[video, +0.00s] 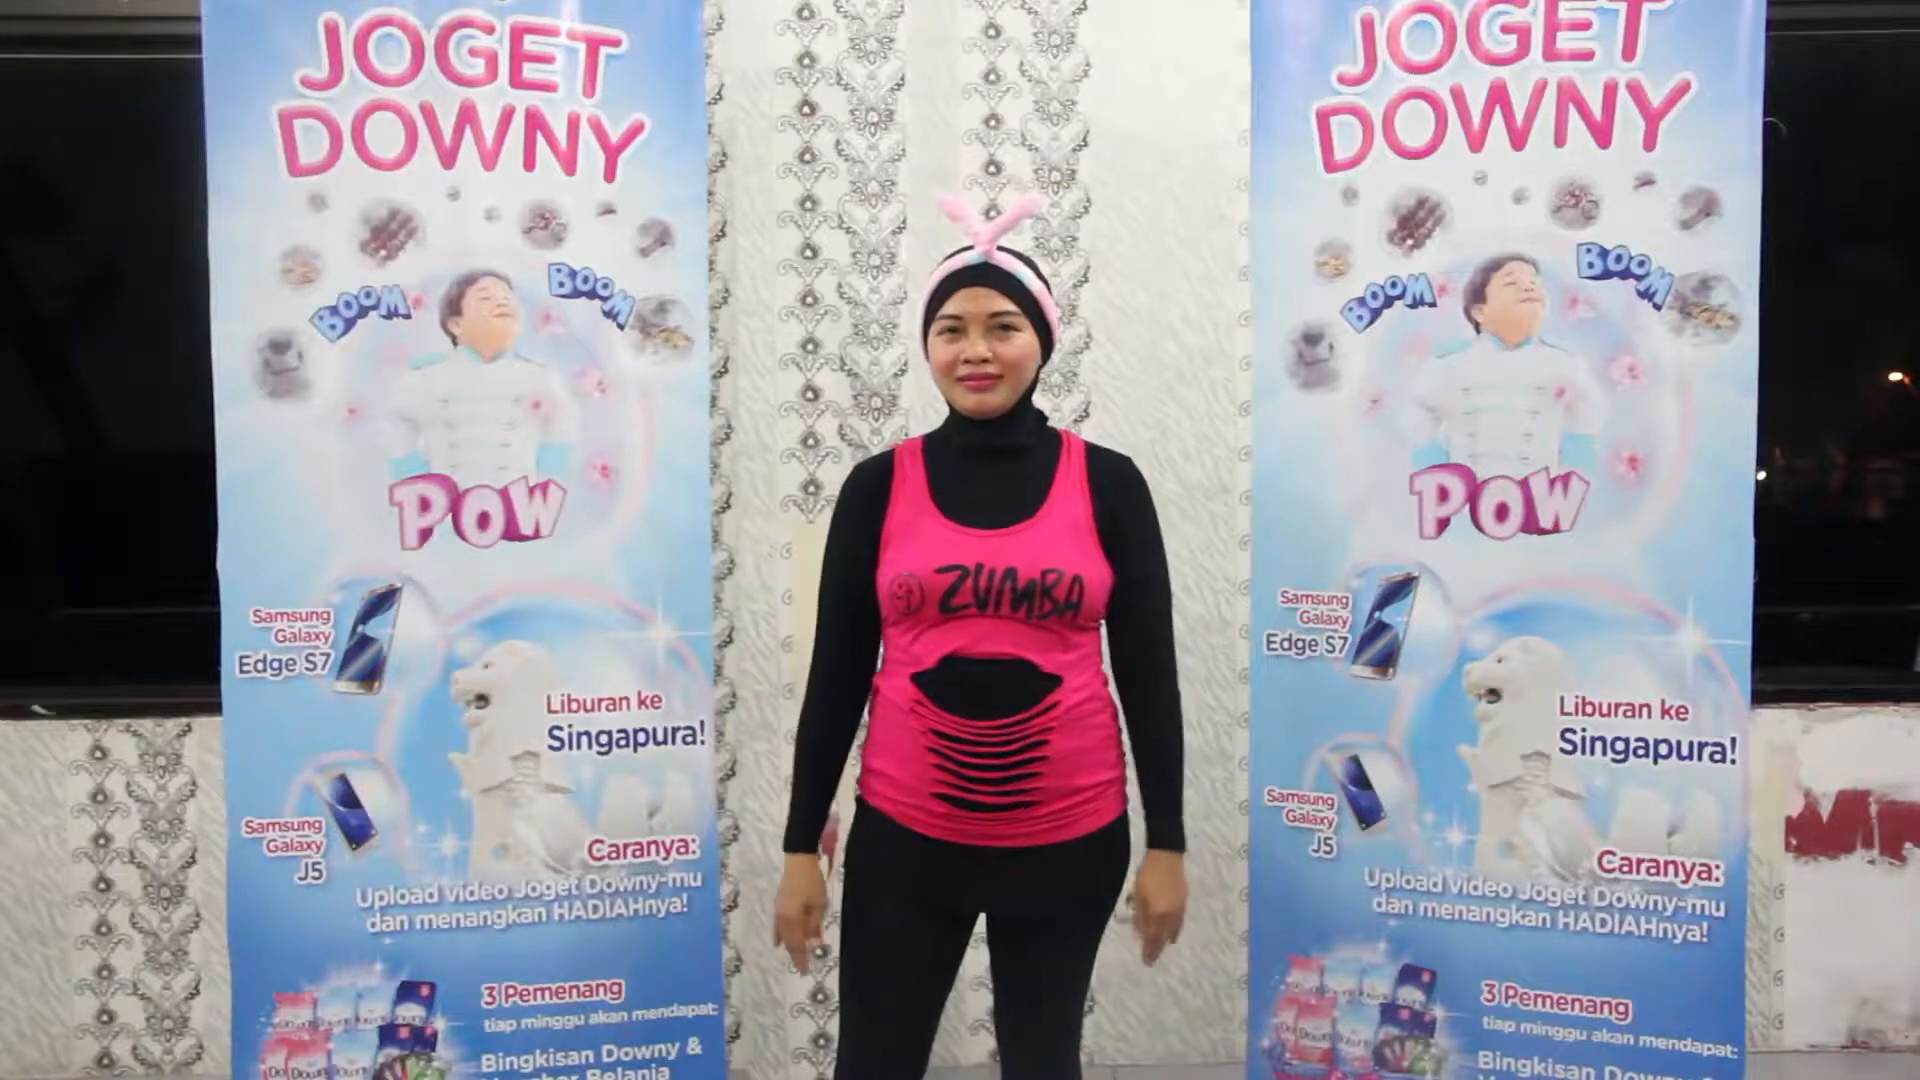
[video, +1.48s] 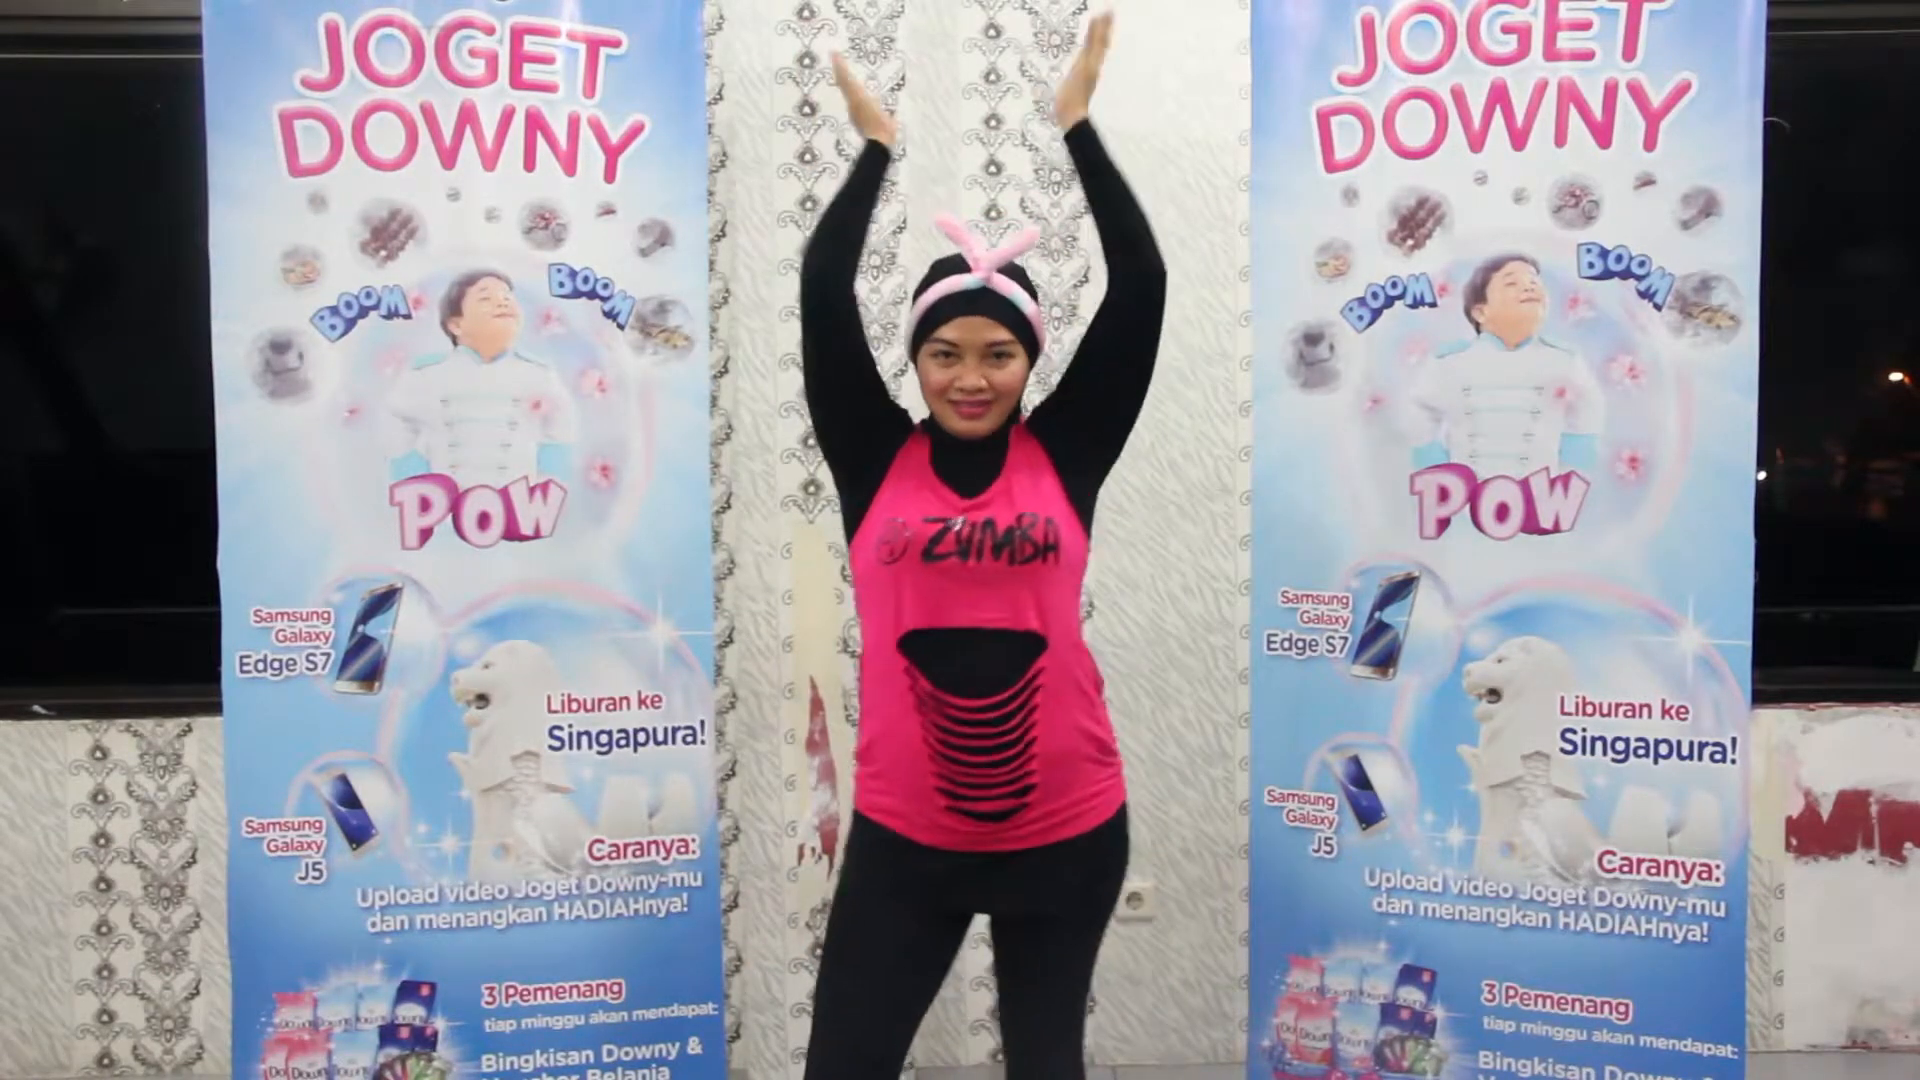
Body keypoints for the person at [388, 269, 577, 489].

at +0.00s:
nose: (502, 302)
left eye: (508, 297)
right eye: (484, 297)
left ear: (518, 315)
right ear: (455, 324)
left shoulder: (538, 378)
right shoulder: (423, 380)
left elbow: (561, 437)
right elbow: (392, 429)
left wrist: (543, 497)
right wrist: (417, 488)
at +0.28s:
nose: (501, 302)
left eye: (507, 296)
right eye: (484, 297)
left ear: (518, 314)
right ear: (454, 324)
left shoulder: (537, 377)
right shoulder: (422, 379)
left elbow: (559, 430)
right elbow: (392, 429)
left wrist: (545, 489)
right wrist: (415, 486)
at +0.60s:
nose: (501, 302)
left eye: (507, 296)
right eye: (484, 297)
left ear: (518, 313)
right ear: (454, 324)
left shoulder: (536, 376)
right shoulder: (422, 378)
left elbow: (559, 431)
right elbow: (393, 430)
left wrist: (544, 489)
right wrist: (415, 487)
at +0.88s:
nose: (503, 301)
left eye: (508, 296)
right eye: (485, 297)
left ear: (519, 314)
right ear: (454, 324)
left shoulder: (538, 377)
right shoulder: (423, 378)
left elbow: (559, 432)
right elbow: (393, 427)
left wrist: (546, 490)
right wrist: (414, 485)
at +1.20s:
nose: (503, 301)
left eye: (508, 296)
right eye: (485, 297)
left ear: (519, 314)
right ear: (454, 324)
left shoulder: (538, 377)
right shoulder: (423, 378)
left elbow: (558, 437)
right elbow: (393, 428)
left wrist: (545, 493)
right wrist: (415, 485)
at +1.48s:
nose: (502, 302)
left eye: (508, 296)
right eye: (484, 298)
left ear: (519, 313)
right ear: (454, 324)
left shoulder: (539, 376)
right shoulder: (424, 378)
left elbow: (558, 438)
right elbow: (390, 424)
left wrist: (545, 492)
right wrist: (413, 482)